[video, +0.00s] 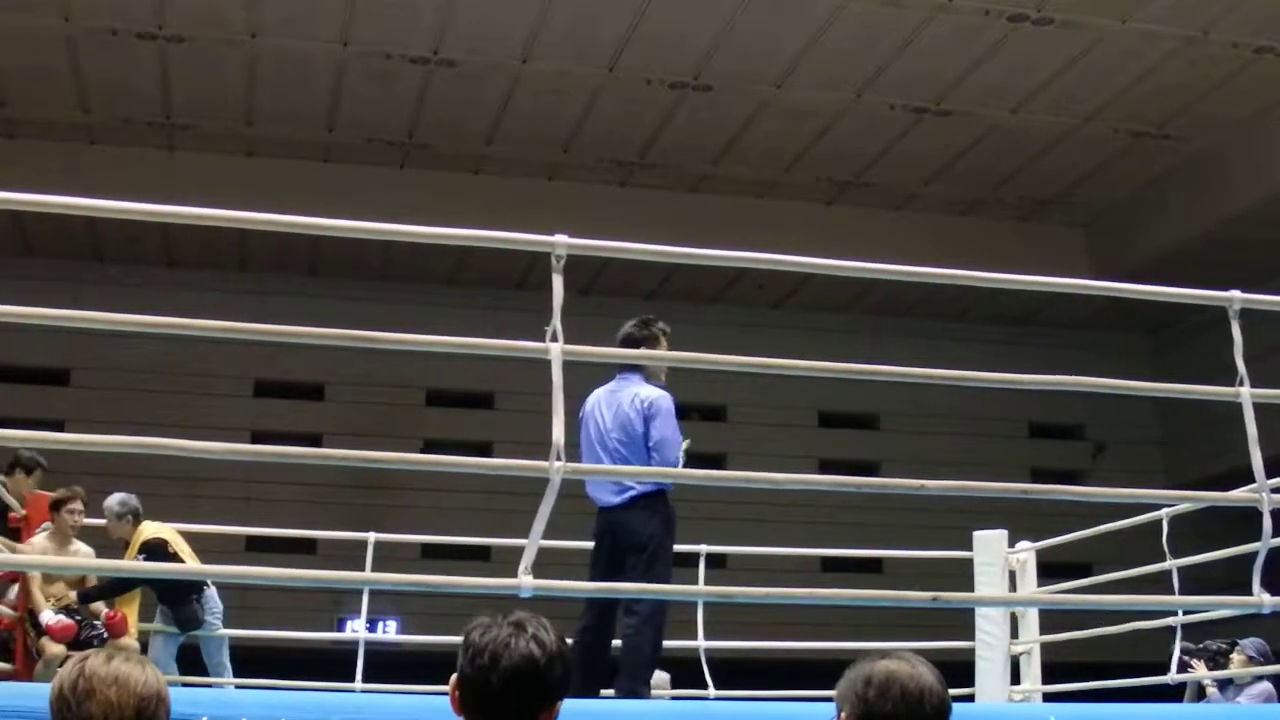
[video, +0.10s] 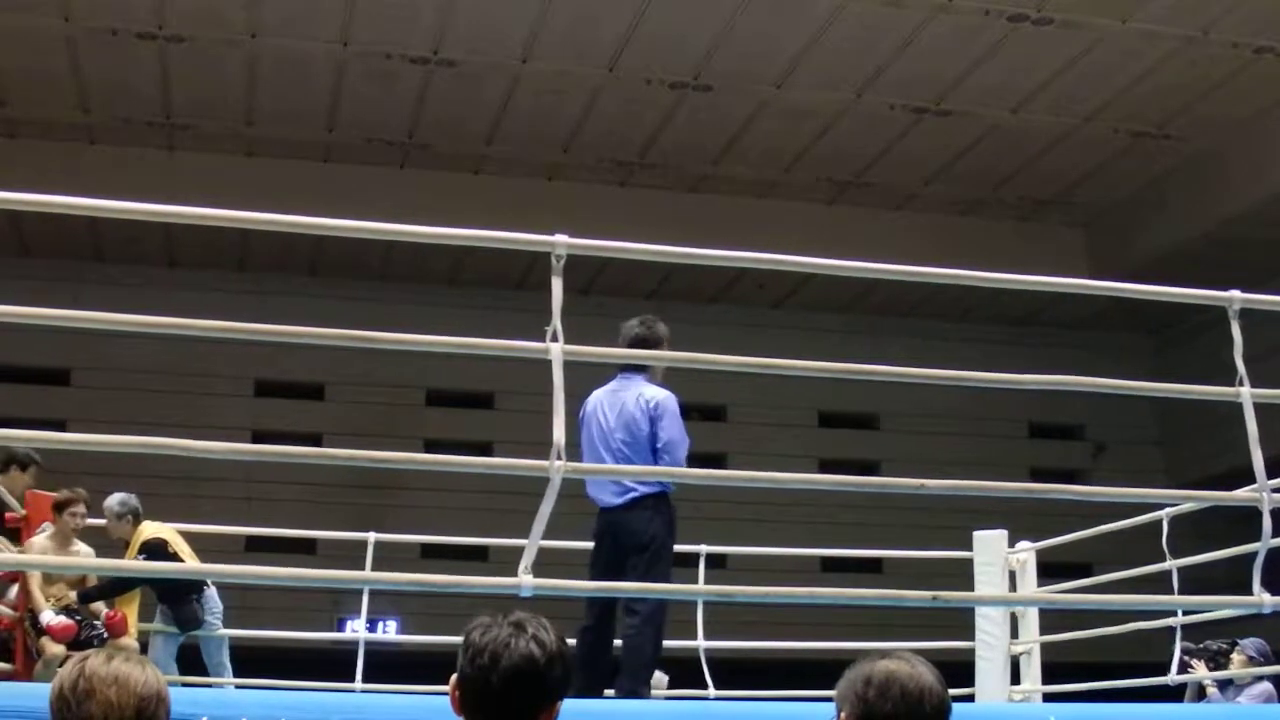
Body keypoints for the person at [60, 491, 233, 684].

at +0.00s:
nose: (106, 525)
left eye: (109, 519)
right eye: (106, 519)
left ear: (127, 520)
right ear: (128, 520)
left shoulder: (154, 542)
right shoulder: (138, 539)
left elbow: (125, 583)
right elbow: (125, 582)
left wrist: (79, 597)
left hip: (202, 600)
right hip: (171, 603)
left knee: (217, 665)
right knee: (160, 660)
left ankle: (230, 712)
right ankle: (175, 708)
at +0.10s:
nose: (106, 525)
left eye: (109, 520)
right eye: (106, 520)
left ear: (128, 520)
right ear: (129, 519)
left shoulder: (154, 543)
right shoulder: (140, 538)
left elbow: (124, 583)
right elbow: (127, 584)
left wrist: (79, 597)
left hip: (202, 600)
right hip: (171, 603)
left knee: (217, 664)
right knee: (160, 660)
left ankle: (230, 712)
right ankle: (173, 709)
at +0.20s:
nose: (107, 524)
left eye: (110, 519)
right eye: (107, 519)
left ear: (129, 520)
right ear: (129, 519)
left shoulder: (154, 542)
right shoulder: (138, 540)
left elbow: (125, 583)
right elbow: (125, 584)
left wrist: (79, 597)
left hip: (201, 600)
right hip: (170, 603)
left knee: (217, 664)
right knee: (160, 660)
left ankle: (230, 712)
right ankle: (174, 709)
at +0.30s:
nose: (109, 524)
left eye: (112, 518)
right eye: (109, 519)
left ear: (132, 519)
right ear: (131, 518)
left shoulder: (156, 541)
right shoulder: (139, 538)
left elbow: (125, 583)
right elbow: (125, 581)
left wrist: (78, 597)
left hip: (201, 601)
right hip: (170, 604)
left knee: (218, 666)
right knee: (159, 661)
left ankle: (231, 714)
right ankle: (174, 709)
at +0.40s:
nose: (112, 522)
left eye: (115, 516)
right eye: (111, 516)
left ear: (134, 516)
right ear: (133, 516)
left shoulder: (159, 539)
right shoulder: (140, 539)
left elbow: (127, 581)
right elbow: (126, 583)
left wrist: (81, 597)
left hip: (201, 600)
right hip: (170, 604)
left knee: (218, 666)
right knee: (159, 660)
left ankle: (231, 712)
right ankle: (177, 708)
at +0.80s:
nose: (119, 521)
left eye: (122, 515)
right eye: (118, 515)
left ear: (141, 513)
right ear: (139, 514)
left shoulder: (165, 539)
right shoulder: (137, 538)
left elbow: (136, 581)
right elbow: (122, 572)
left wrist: (91, 600)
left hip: (201, 601)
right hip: (170, 604)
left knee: (218, 667)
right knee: (158, 659)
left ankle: (233, 719)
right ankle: (174, 713)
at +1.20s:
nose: (130, 509)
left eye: (133, 503)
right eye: (129, 504)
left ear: (153, 502)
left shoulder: (175, 527)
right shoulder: (142, 533)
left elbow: (158, 572)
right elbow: (125, 565)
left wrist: (111, 580)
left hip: (201, 600)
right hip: (169, 604)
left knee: (219, 668)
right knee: (157, 660)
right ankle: (177, 709)